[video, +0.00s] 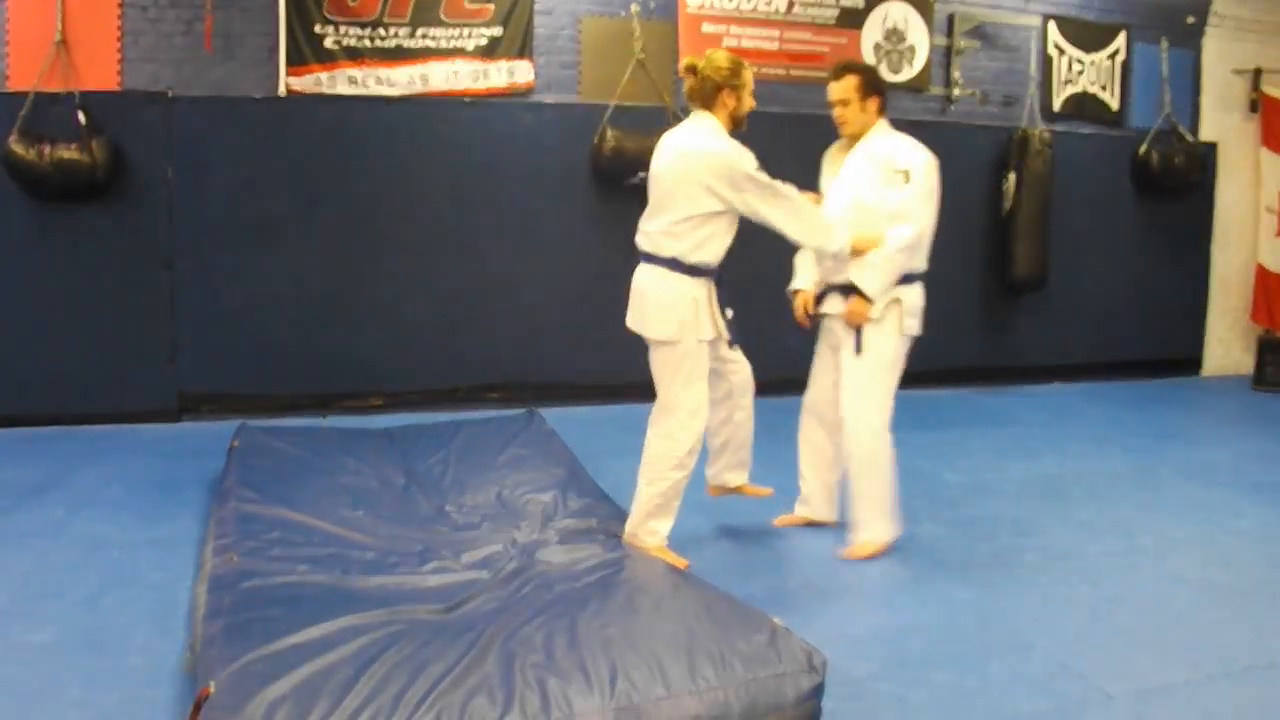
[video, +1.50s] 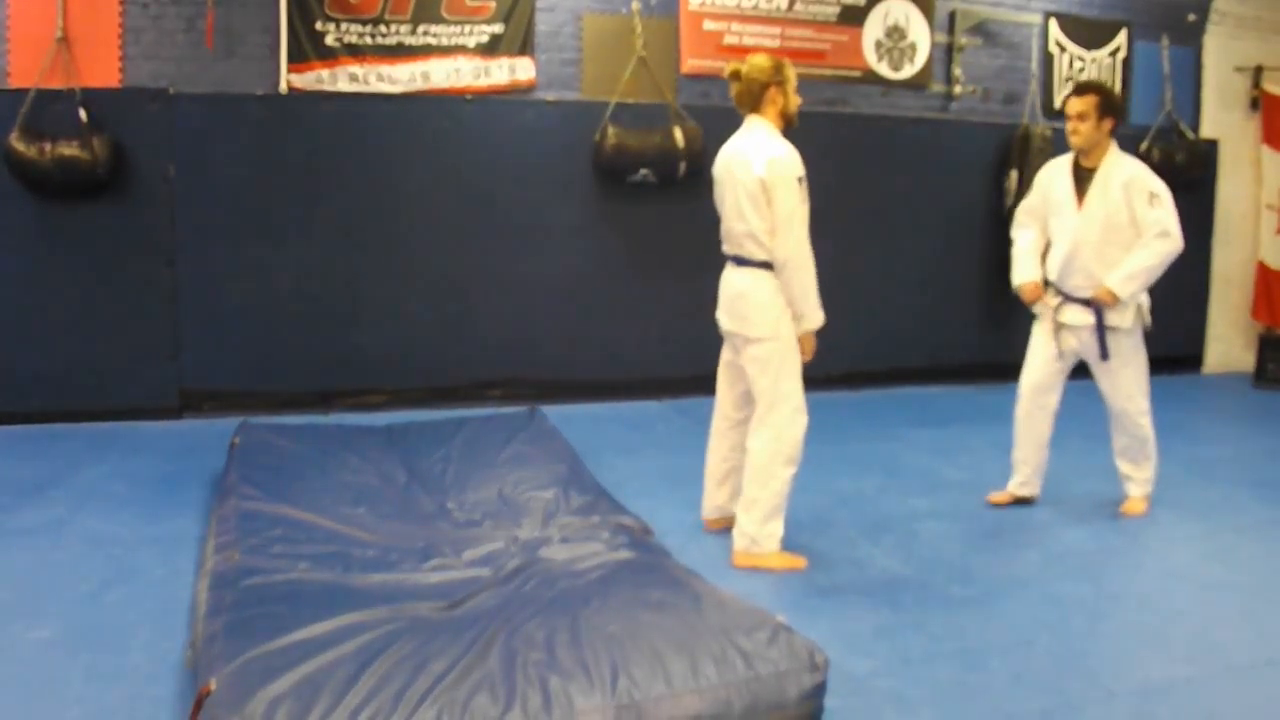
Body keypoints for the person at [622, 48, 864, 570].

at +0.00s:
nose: (753, 99)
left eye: (751, 91)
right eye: (749, 91)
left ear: (711, 95)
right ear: (727, 96)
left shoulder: (678, 138)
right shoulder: (719, 153)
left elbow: (744, 190)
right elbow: (776, 208)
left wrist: (796, 200)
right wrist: (845, 240)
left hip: (670, 283)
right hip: (678, 293)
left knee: (732, 377)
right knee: (682, 413)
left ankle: (726, 476)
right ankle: (645, 533)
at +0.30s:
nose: (758, 106)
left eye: (756, 97)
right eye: (755, 98)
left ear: (712, 99)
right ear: (740, 100)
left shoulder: (680, 150)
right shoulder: (742, 158)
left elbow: (718, 214)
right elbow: (783, 234)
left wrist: (768, 250)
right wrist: (836, 289)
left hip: (678, 284)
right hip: (707, 292)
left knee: (712, 403)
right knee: (693, 412)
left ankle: (707, 509)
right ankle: (646, 530)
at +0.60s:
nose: (796, 110)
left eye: (794, 101)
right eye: (791, 101)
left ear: (751, 104)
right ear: (773, 104)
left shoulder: (728, 148)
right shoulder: (767, 155)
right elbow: (750, 235)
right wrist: (728, 304)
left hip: (706, 277)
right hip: (737, 285)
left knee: (721, 406)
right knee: (775, 406)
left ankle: (709, 510)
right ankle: (727, 518)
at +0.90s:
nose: (813, 104)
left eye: (811, 95)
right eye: (809, 95)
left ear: (762, 101)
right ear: (792, 100)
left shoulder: (736, 151)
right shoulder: (796, 158)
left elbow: (730, 230)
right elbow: (801, 249)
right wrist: (814, 329)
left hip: (722, 284)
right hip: (762, 294)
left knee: (740, 408)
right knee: (782, 421)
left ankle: (717, 496)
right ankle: (759, 545)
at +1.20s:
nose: (804, 96)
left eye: (802, 88)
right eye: (799, 88)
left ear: (758, 97)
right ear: (781, 96)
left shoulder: (735, 147)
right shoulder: (783, 156)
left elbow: (742, 227)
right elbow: (806, 239)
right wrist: (857, 296)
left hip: (730, 281)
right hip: (768, 289)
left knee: (738, 404)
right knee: (783, 415)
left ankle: (724, 507)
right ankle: (759, 544)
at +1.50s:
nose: (797, 99)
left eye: (794, 90)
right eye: (793, 91)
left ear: (747, 96)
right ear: (777, 95)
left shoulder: (730, 150)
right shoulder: (780, 156)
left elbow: (733, 232)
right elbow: (792, 247)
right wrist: (807, 320)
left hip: (734, 278)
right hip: (767, 287)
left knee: (734, 403)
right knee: (783, 415)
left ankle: (719, 507)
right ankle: (756, 542)